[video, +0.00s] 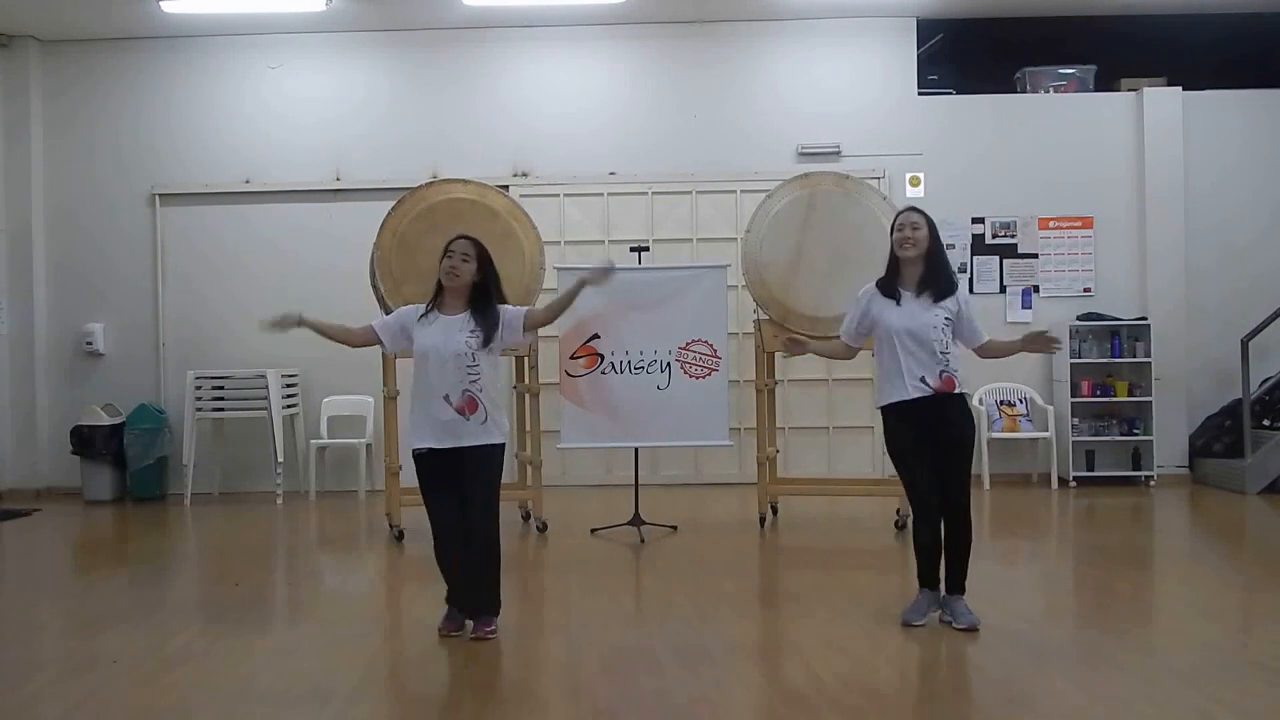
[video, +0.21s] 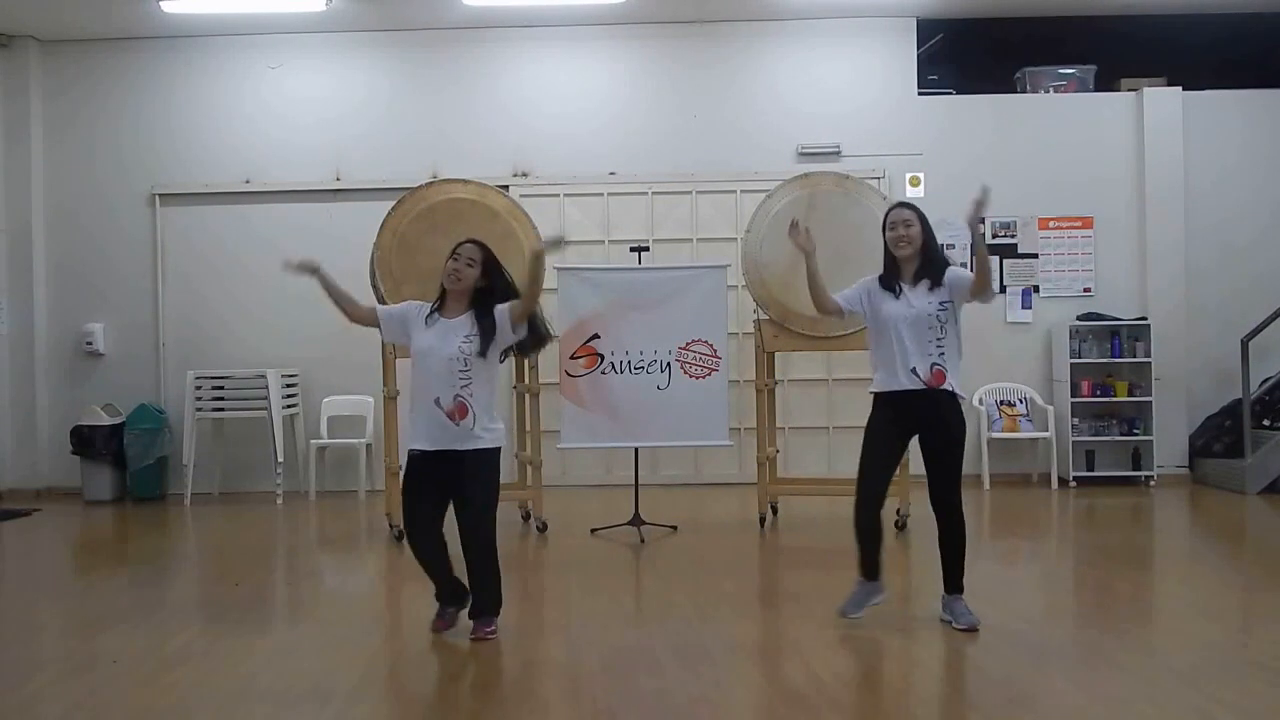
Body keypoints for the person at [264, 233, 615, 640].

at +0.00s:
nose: (454, 262)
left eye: (465, 258)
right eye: (449, 255)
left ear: (479, 273)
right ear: (438, 265)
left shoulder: (491, 317)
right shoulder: (413, 317)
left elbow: (543, 314)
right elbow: (356, 336)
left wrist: (580, 285)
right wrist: (307, 322)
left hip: (483, 440)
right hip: (430, 442)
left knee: (481, 527)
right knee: (445, 529)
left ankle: (485, 612)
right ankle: (457, 603)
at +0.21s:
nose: (458, 266)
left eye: (469, 263)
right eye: (455, 258)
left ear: (481, 278)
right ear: (443, 267)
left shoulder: (491, 319)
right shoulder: (416, 315)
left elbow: (527, 302)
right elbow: (359, 313)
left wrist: (535, 261)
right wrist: (321, 275)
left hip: (478, 449)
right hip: (426, 449)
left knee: (477, 535)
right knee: (420, 534)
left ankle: (485, 613)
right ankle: (451, 595)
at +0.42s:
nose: (437, 263)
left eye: (447, 260)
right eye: (435, 255)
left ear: (464, 273)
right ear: (425, 266)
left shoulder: (472, 316)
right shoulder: (405, 311)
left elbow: (470, 273)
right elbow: (365, 281)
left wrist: (443, 224)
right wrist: (376, 234)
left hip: (460, 443)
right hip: (409, 443)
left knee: (470, 533)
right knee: (388, 534)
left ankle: (484, 614)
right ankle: (380, 615)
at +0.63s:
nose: (412, 268)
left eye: (422, 265)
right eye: (407, 260)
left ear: (435, 280)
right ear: (395, 270)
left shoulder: (443, 323)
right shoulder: (374, 317)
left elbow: (458, 282)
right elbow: (333, 288)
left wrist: (431, 241)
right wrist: (355, 246)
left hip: (428, 449)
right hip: (375, 448)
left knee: (447, 535)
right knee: (368, 539)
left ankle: (480, 612)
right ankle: (364, 620)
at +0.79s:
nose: (394, 267)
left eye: (404, 262)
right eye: (387, 260)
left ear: (416, 275)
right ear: (374, 270)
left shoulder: (429, 320)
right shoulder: (348, 318)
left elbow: (472, 294)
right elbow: (290, 303)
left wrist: (489, 246)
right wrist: (259, 260)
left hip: (412, 446)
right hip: (358, 447)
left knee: (416, 532)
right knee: (357, 538)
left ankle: (444, 608)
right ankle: (365, 620)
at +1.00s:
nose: (380, 267)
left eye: (386, 260)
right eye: (370, 261)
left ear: (399, 268)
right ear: (356, 273)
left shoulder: (420, 317)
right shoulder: (340, 323)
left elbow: (475, 314)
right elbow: (283, 340)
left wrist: (531, 298)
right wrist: (218, 335)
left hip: (405, 447)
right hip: (352, 447)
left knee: (400, 533)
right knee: (358, 536)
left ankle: (394, 613)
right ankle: (364, 620)